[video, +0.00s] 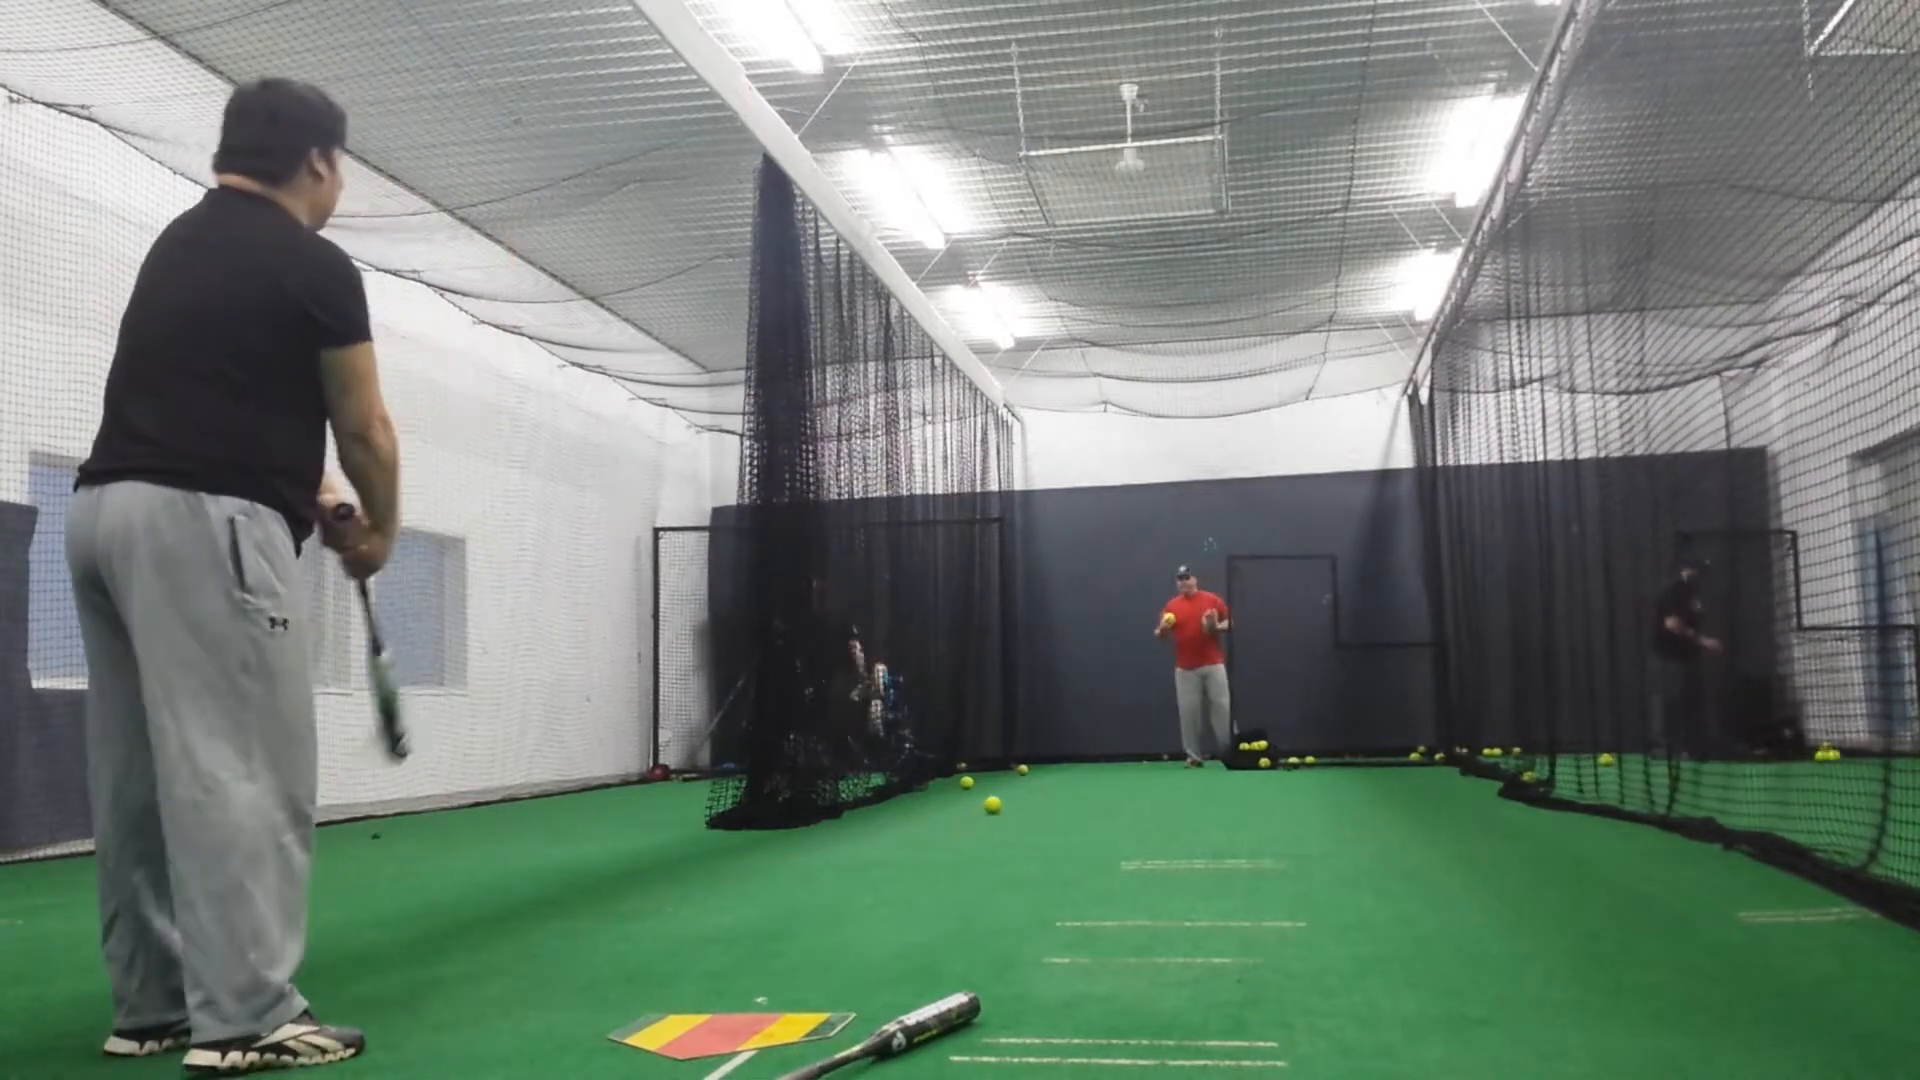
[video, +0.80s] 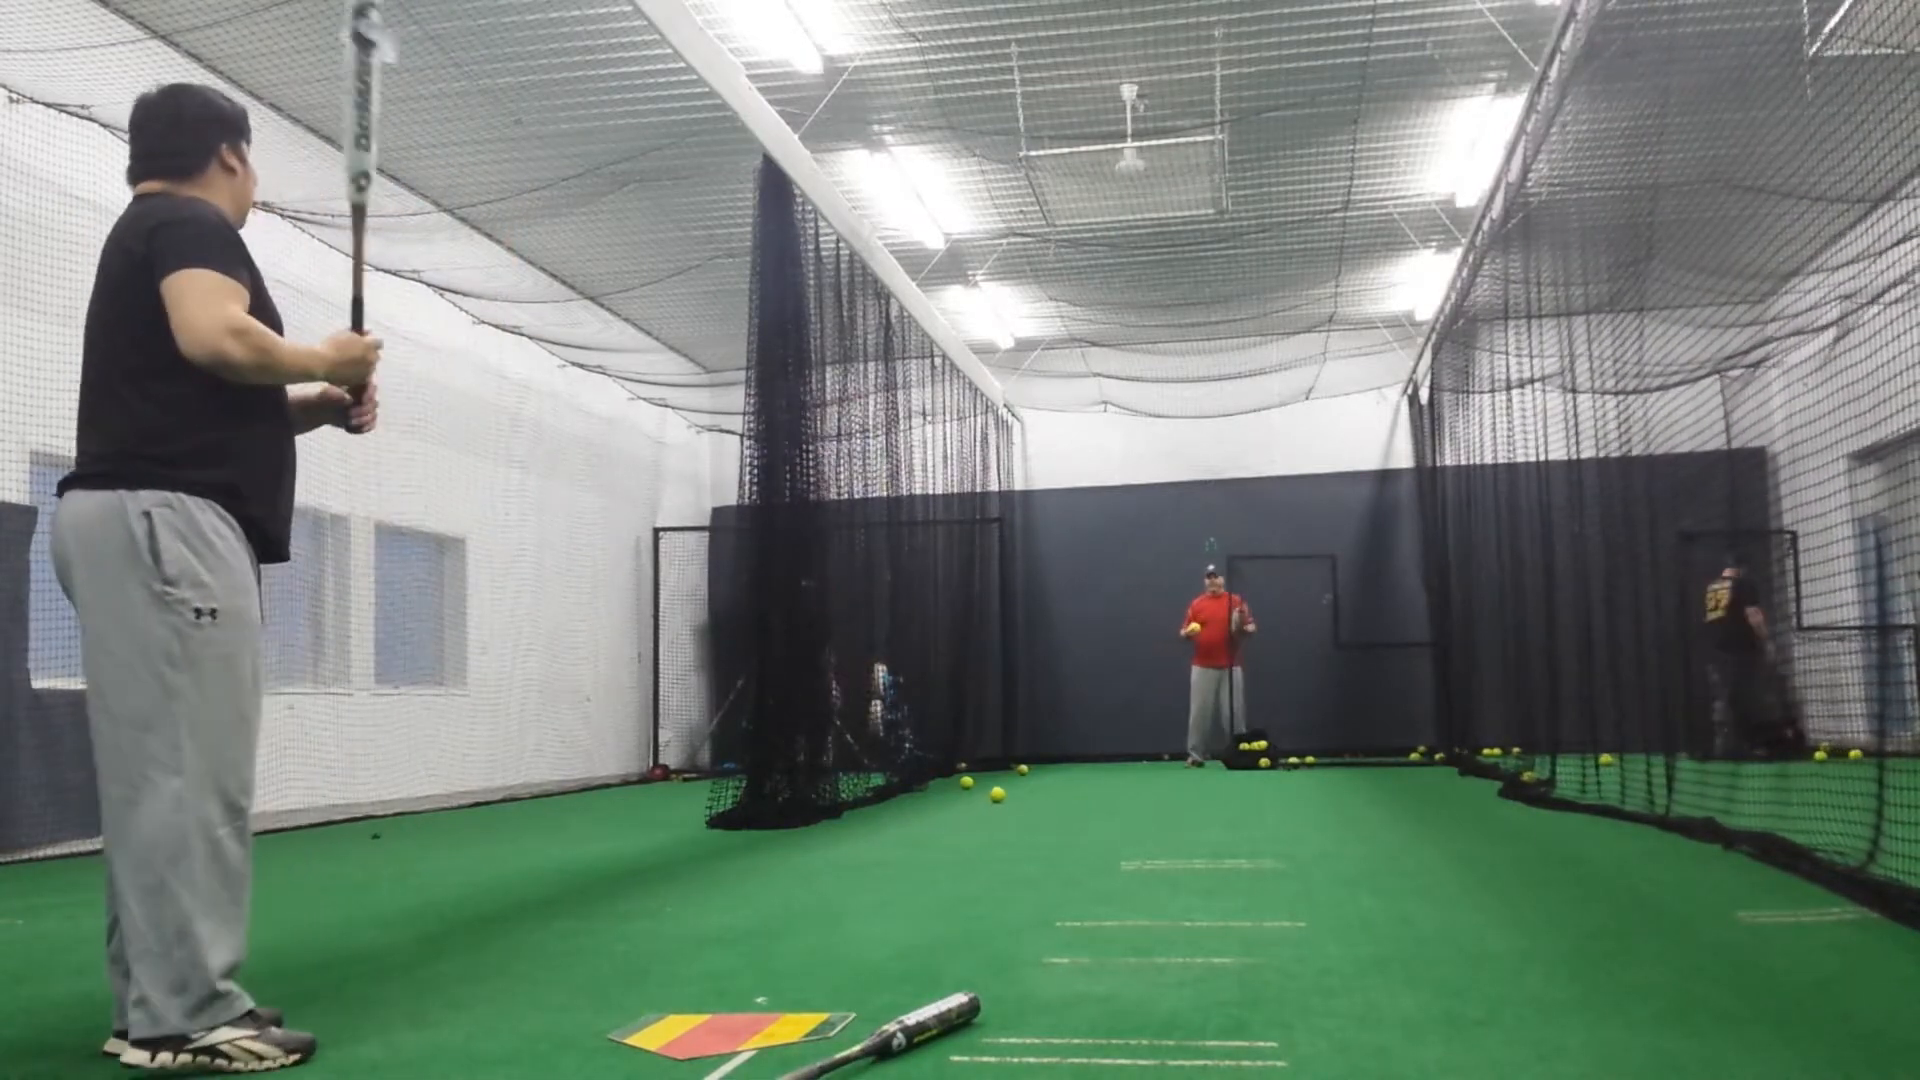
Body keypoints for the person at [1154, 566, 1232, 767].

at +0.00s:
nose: (1184, 582)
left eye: (1187, 578)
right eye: (1180, 579)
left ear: (1195, 580)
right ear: (1176, 583)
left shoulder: (1211, 600)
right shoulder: (1171, 606)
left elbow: (1228, 621)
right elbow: (1159, 635)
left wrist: (1216, 626)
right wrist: (1164, 627)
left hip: (1212, 662)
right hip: (1186, 666)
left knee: (1221, 707)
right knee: (1188, 710)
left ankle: (1227, 752)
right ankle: (1193, 755)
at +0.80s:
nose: (1213, 580)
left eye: (1216, 576)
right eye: (1209, 577)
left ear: (1222, 580)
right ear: (1204, 581)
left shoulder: (1235, 602)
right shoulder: (1197, 603)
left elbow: (1251, 626)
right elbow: (1184, 630)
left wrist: (1243, 626)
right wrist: (1188, 631)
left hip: (1230, 665)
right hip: (1203, 665)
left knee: (1234, 710)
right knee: (1200, 710)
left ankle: (1238, 753)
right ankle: (1196, 754)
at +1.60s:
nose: (1219, 580)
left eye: (1223, 576)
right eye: (1216, 576)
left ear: (1232, 579)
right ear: (1213, 580)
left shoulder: (1244, 601)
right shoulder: (1205, 601)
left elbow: (1259, 627)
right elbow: (1191, 627)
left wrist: (1245, 630)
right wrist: (1198, 627)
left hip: (1237, 663)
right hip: (1211, 663)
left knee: (1239, 708)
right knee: (1214, 709)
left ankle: (1241, 751)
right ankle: (1217, 752)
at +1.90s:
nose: (1216, 580)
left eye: (1219, 576)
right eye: (1213, 576)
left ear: (1227, 579)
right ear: (1208, 580)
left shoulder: (1240, 601)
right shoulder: (1202, 602)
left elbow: (1256, 626)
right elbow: (1189, 629)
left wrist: (1243, 629)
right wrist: (1196, 629)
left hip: (1235, 663)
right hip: (1209, 664)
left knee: (1238, 708)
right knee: (1212, 709)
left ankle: (1240, 751)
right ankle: (1216, 752)